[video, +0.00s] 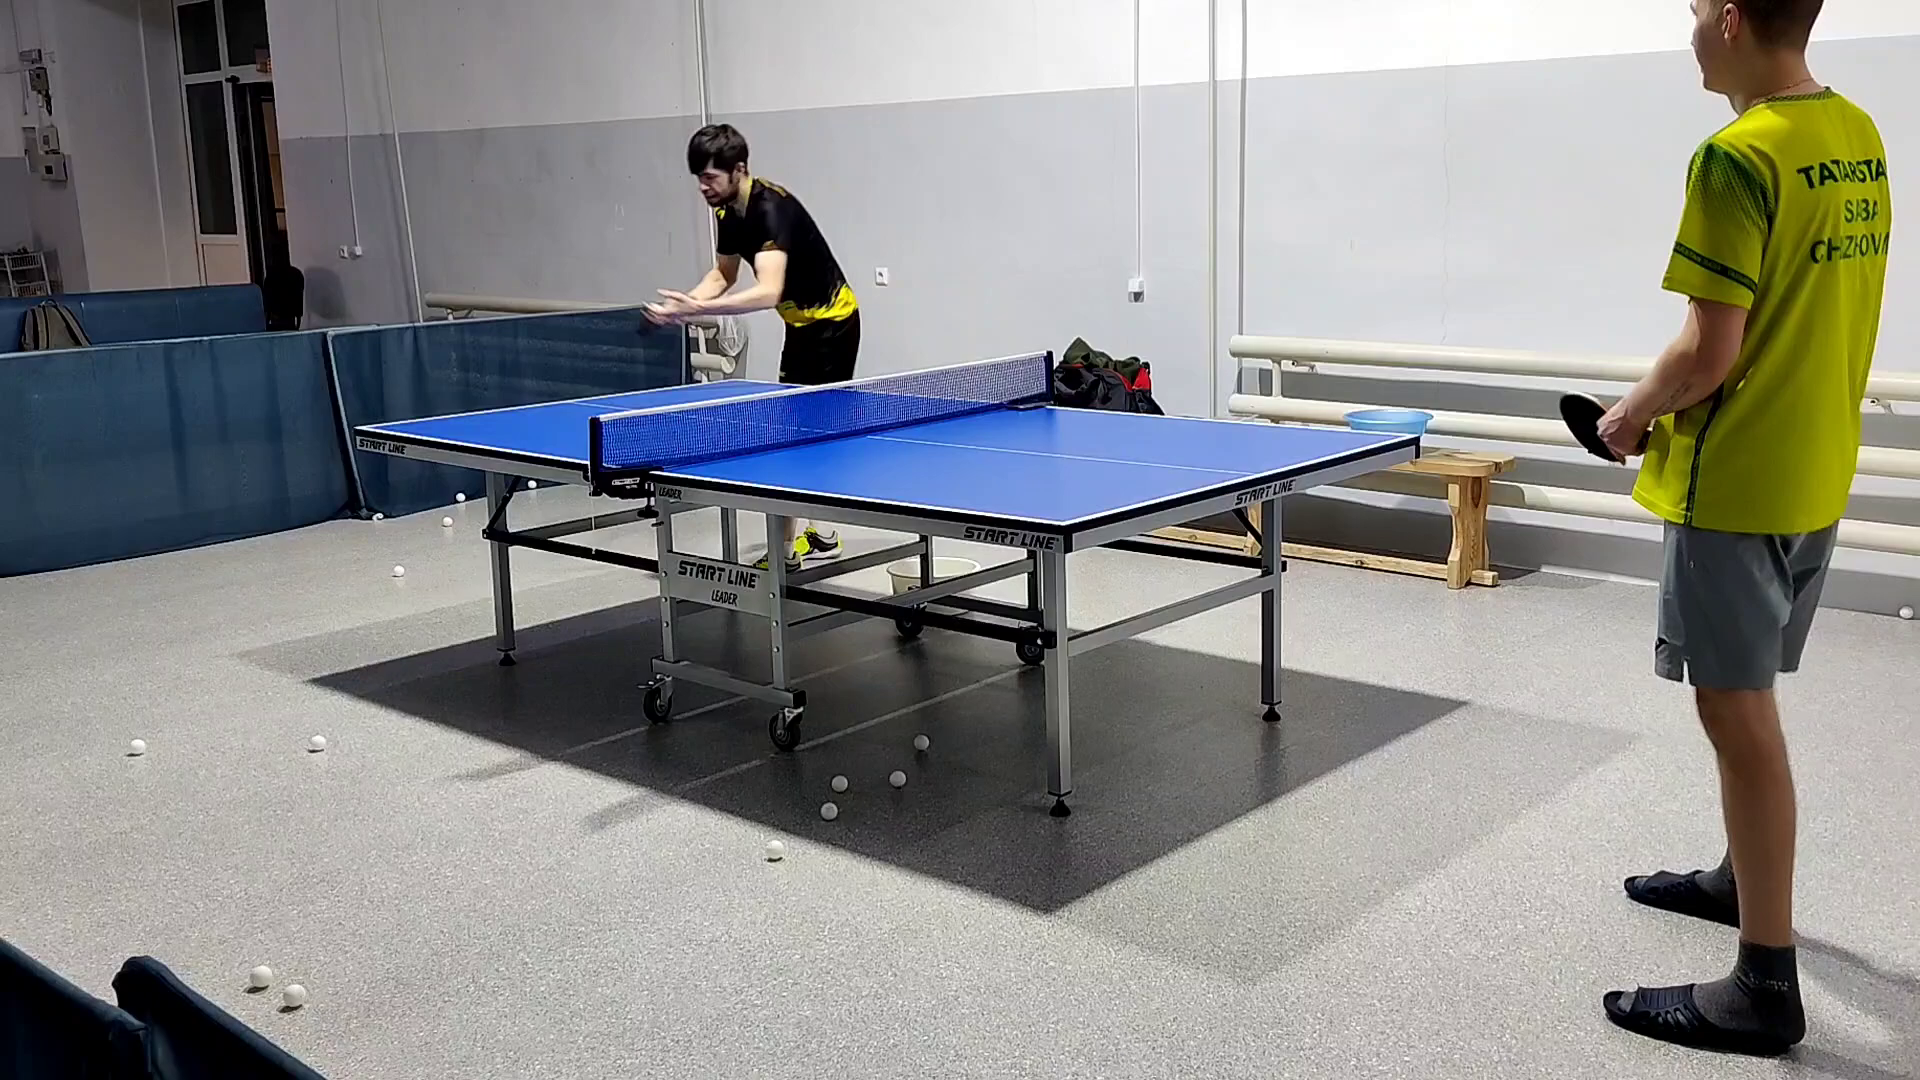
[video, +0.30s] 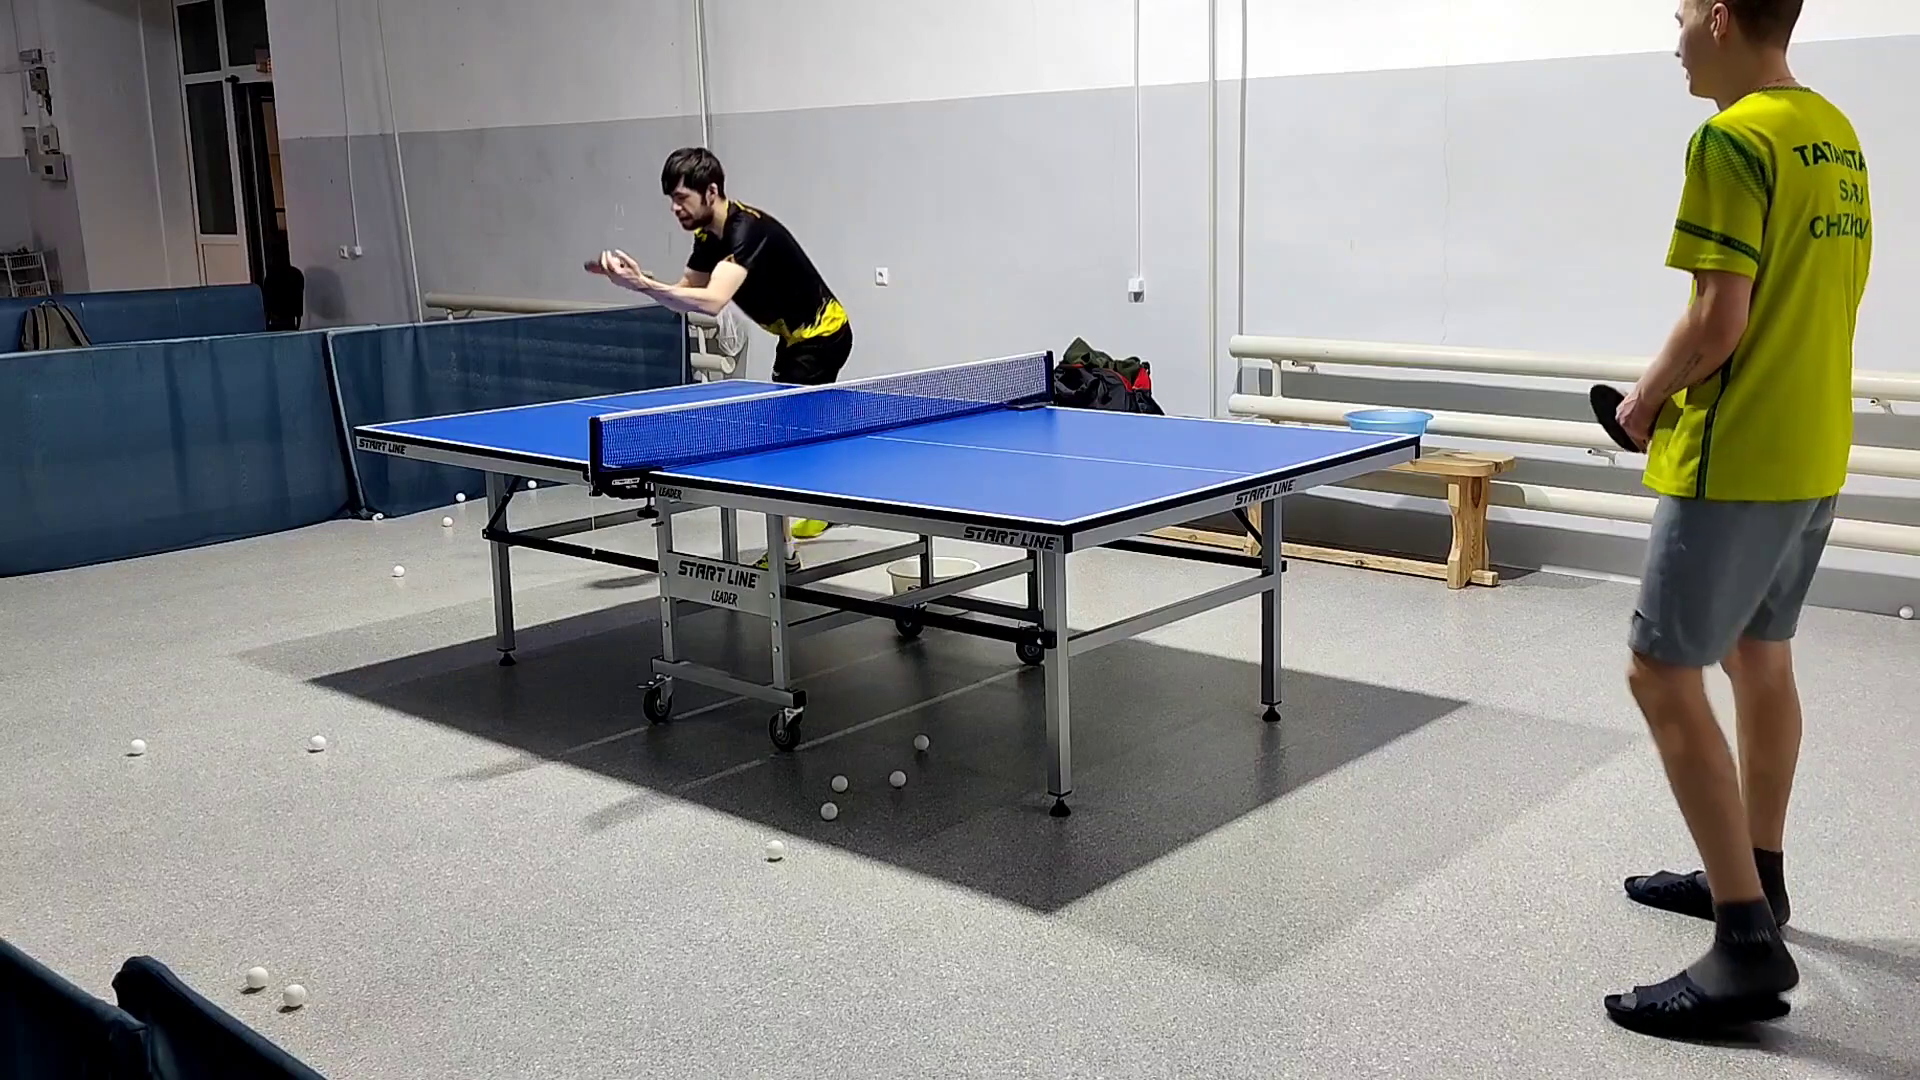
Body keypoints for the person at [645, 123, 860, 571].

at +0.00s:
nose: (703, 186)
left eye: (710, 177)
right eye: (698, 177)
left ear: (738, 169)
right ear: (699, 173)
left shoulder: (771, 208)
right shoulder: (727, 208)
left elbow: (769, 293)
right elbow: (723, 274)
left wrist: (696, 308)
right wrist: (684, 305)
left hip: (832, 325)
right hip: (798, 326)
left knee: (793, 433)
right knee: (794, 429)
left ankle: (786, 546)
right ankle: (816, 528)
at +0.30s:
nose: (675, 208)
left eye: (681, 198)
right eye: (671, 199)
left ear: (710, 191)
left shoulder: (747, 229)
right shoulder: (708, 235)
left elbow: (713, 303)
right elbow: (686, 293)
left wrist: (645, 285)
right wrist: (637, 279)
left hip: (822, 336)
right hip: (794, 338)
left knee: (777, 437)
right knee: (789, 433)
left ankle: (782, 548)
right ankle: (821, 508)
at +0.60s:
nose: (679, 213)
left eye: (687, 203)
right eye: (676, 204)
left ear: (717, 199)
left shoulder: (750, 240)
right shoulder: (704, 245)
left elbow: (733, 321)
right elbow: (669, 306)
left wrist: (666, 334)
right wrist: (637, 267)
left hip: (807, 356)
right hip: (777, 358)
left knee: (744, 449)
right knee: (806, 440)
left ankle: (777, 553)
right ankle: (843, 510)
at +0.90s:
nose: (717, 187)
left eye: (725, 178)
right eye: (713, 179)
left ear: (753, 177)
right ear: (713, 185)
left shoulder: (779, 223)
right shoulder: (733, 235)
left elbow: (754, 298)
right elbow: (721, 300)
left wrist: (692, 304)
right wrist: (680, 297)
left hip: (809, 351)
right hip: (777, 354)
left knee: (755, 439)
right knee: (801, 436)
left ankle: (778, 550)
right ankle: (841, 509)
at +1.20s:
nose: (727, 157)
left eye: (737, 148)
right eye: (726, 150)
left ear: (764, 154)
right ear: (729, 159)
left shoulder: (789, 195)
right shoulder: (750, 213)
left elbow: (795, 255)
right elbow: (767, 278)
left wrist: (744, 252)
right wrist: (732, 322)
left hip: (832, 325)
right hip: (796, 328)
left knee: (813, 418)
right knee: (789, 421)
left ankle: (833, 518)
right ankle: (841, 512)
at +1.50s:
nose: (730, 191)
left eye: (737, 182)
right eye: (728, 183)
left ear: (766, 184)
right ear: (738, 187)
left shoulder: (803, 224)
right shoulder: (755, 224)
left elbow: (854, 285)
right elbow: (754, 251)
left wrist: (849, 336)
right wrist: (692, 246)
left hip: (846, 334)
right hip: (809, 332)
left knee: (838, 423)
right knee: (792, 417)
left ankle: (861, 521)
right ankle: (839, 513)